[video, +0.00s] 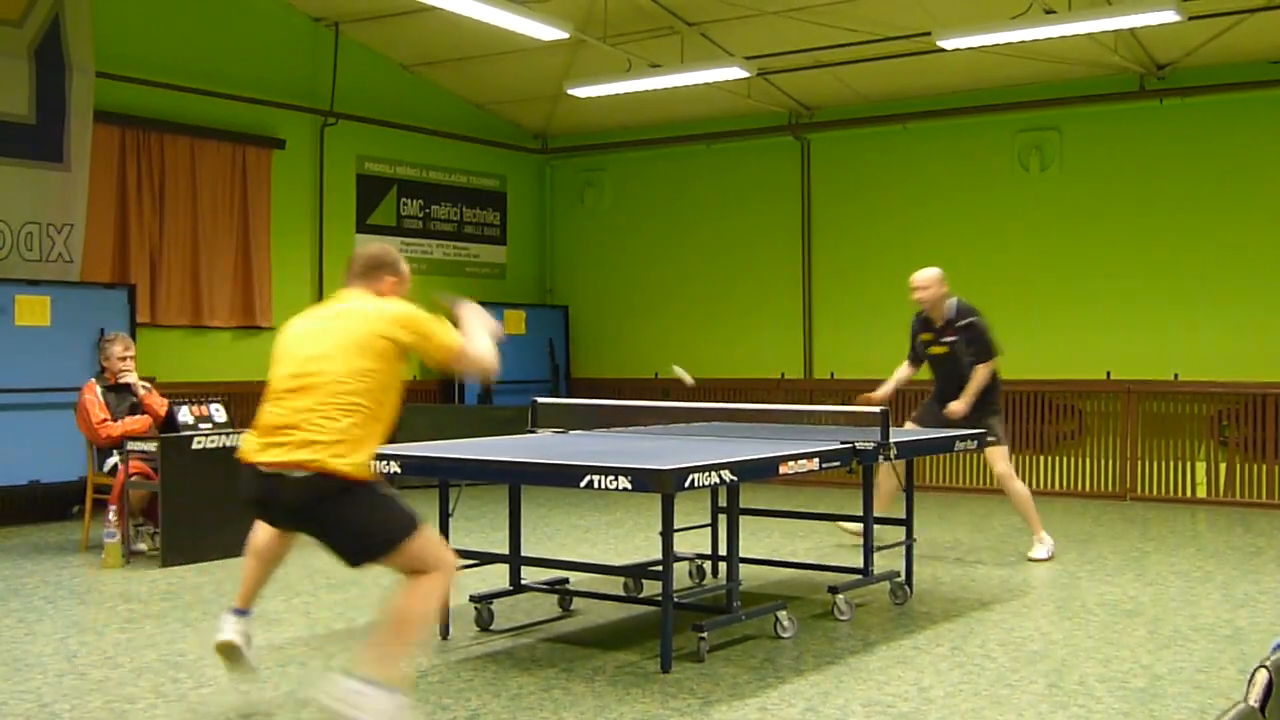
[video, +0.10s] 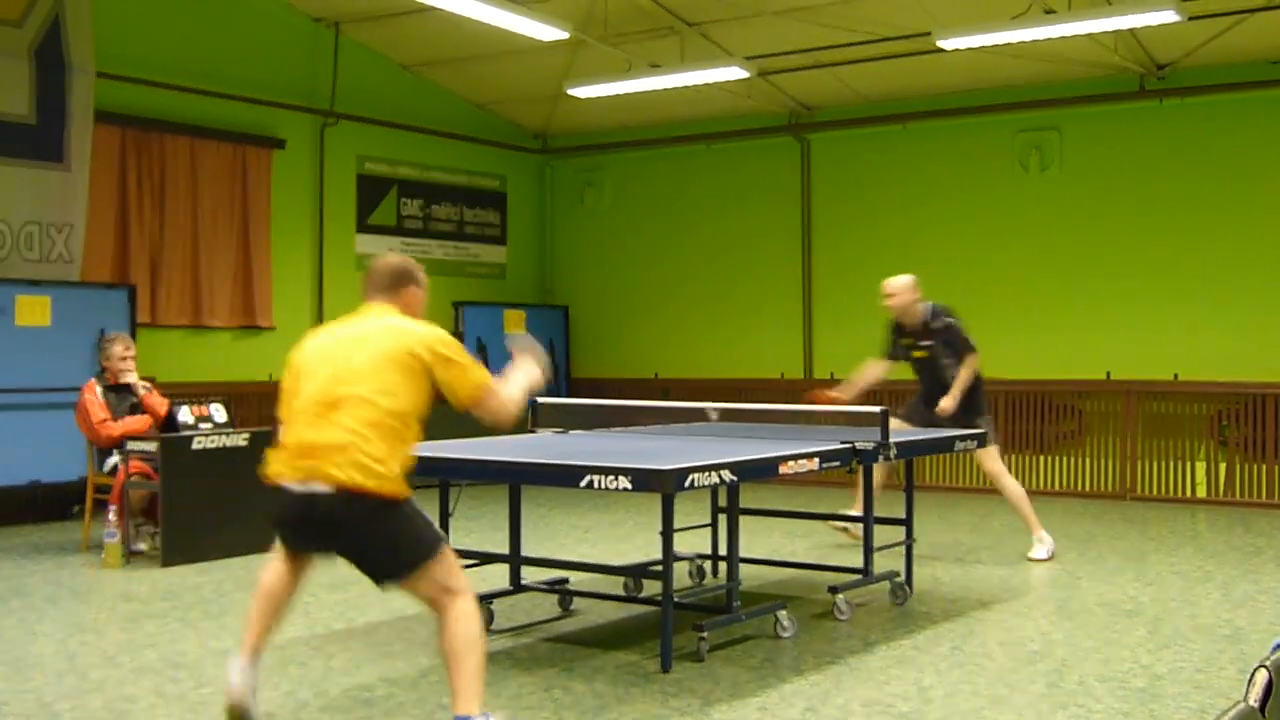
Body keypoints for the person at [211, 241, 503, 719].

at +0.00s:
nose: (406, 293)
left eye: (406, 286)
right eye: (405, 285)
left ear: (351, 280)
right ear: (389, 282)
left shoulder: (300, 322)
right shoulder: (394, 314)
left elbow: (288, 397)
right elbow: (483, 364)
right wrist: (476, 322)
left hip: (264, 478)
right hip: (330, 483)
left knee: (282, 514)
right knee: (436, 564)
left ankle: (236, 618)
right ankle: (373, 679)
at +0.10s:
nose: (425, 303)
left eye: (425, 296)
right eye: (424, 295)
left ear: (369, 293)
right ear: (410, 294)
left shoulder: (314, 339)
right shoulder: (421, 338)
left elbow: (288, 424)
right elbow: (500, 409)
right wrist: (525, 368)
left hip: (294, 497)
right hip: (368, 501)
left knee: (288, 556)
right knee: (454, 595)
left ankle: (244, 665)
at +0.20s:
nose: (445, 316)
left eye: (445, 309)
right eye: (446, 309)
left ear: (389, 306)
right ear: (437, 310)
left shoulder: (339, 352)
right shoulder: (447, 357)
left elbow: (303, 441)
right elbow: (511, 440)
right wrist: (530, 413)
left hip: (314, 506)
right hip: (395, 510)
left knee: (296, 574)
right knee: (471, 597)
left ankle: (239, 692)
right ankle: (472, 713)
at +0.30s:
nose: (445, 306)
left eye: (443, 299)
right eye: (444, 299)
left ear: (386, 299)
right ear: (436, 300)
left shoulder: (337, 344)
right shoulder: (453, 351)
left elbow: (310, 429)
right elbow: (508, 438)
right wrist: (466, 409)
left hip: (318, 497)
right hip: (401, 504)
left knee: (286, 569)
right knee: (474, 594)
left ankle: (228, 687)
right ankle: (471, 713)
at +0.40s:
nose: (430, 298)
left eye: (428, 291)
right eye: (430, 291)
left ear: (374, 290)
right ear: (421, 292)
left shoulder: (323, 340)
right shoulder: (438, 345)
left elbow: (296, 431)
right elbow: (482, 437)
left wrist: (350, 442)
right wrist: (433, 436)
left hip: (315, 494)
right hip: (398, 501)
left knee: (268, 584)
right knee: (470, 591)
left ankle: (198, 699)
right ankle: (471, 713)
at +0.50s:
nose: (435, 301)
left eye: (435, 292)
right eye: (435, 292)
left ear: (379, 290)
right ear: (421, 293)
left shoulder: (324, 341)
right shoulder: (430, 350)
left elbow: (292, 419)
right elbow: (447, 442)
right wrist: (497, 475)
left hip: (305, 499)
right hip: (384, 508)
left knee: (272, 591)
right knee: (468, 592)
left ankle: (198, 700)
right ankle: (467, 713)